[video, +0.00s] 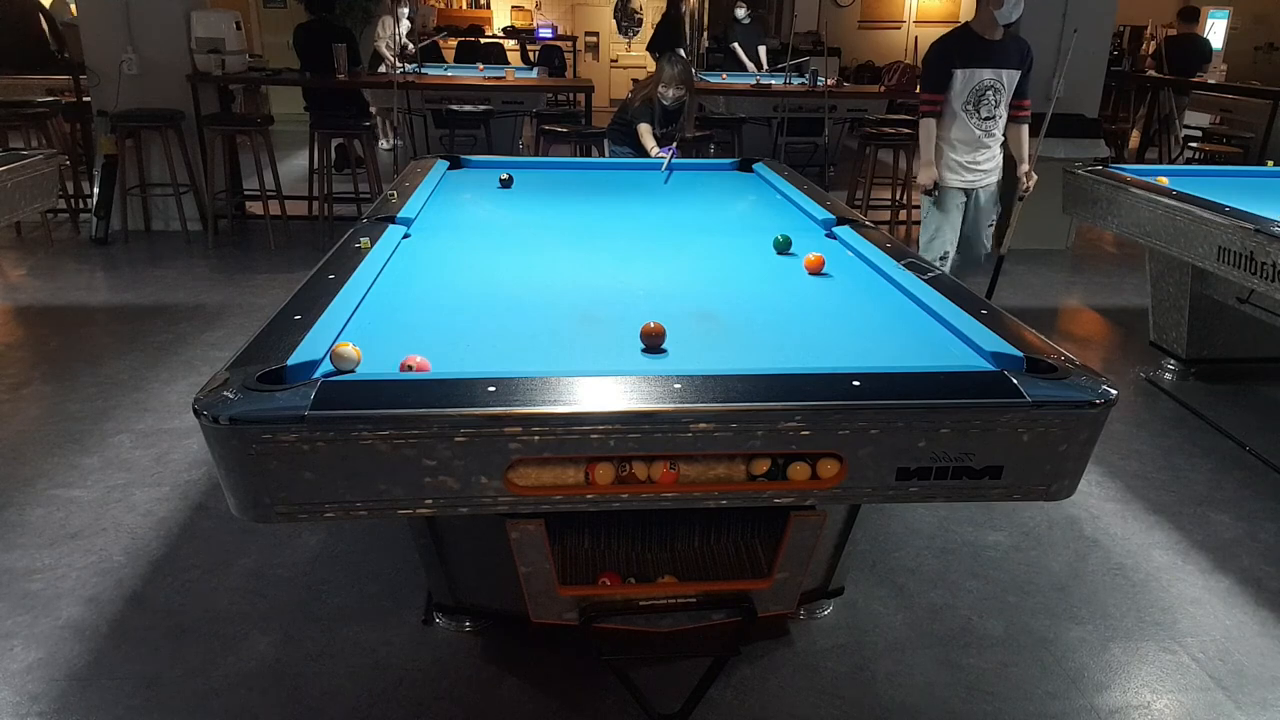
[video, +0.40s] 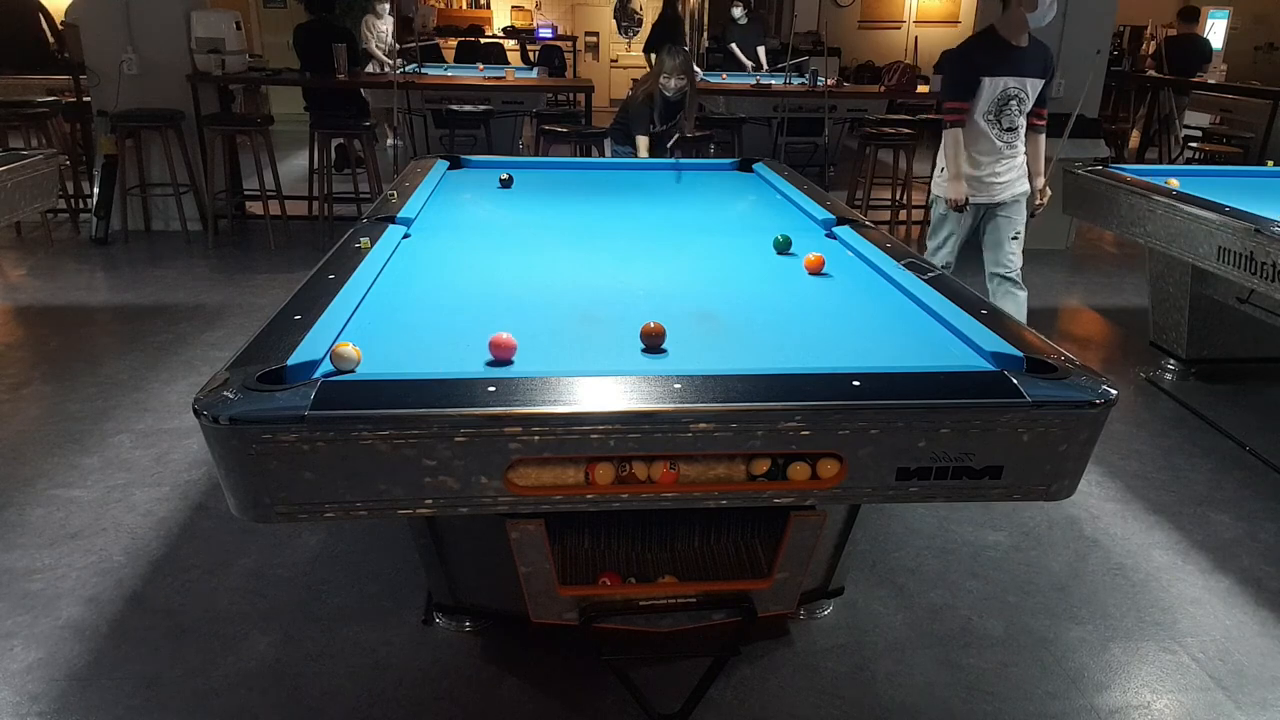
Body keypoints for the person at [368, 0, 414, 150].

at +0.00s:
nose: (404, 10)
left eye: (406, 7)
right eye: (401, 7)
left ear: (408, 8)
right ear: (394, 8)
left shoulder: (406, 24)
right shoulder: (386, 20)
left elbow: (400, 37)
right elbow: (378, 44)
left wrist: (408, 44)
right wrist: (392, 60)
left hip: (395, 64)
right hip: (380, 65)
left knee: (391, 102)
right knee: (380, 103)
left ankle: (392, 136)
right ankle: (382, 138)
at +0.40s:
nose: (385, 6)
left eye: (387, 3)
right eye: (381, 3)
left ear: (389, 5)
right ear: (374, 6)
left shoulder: (390, 20)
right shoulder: (368, 20)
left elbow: (389, 40)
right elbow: (369, 46)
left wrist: (397, 47)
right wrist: (387, 61)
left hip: (388, 63)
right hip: (374, 64)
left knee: (390, 102)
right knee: (377, 103)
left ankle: (392, 137)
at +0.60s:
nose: (366, 7)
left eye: (368, 4)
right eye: (362, 4)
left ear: (371, 6)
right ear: (355, 5)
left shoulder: (372, 23)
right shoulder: (351, 23)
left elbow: (370, 43)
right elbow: (355, 52)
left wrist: (378, 47)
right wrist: (373, 65)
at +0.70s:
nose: (355, 9)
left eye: (357, 6)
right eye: (351, 6)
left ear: (360, 7)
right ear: (344, 7)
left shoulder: (361, 25)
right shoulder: (338, 26)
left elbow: (359, 44)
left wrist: (366, 48)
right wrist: (363, 67)